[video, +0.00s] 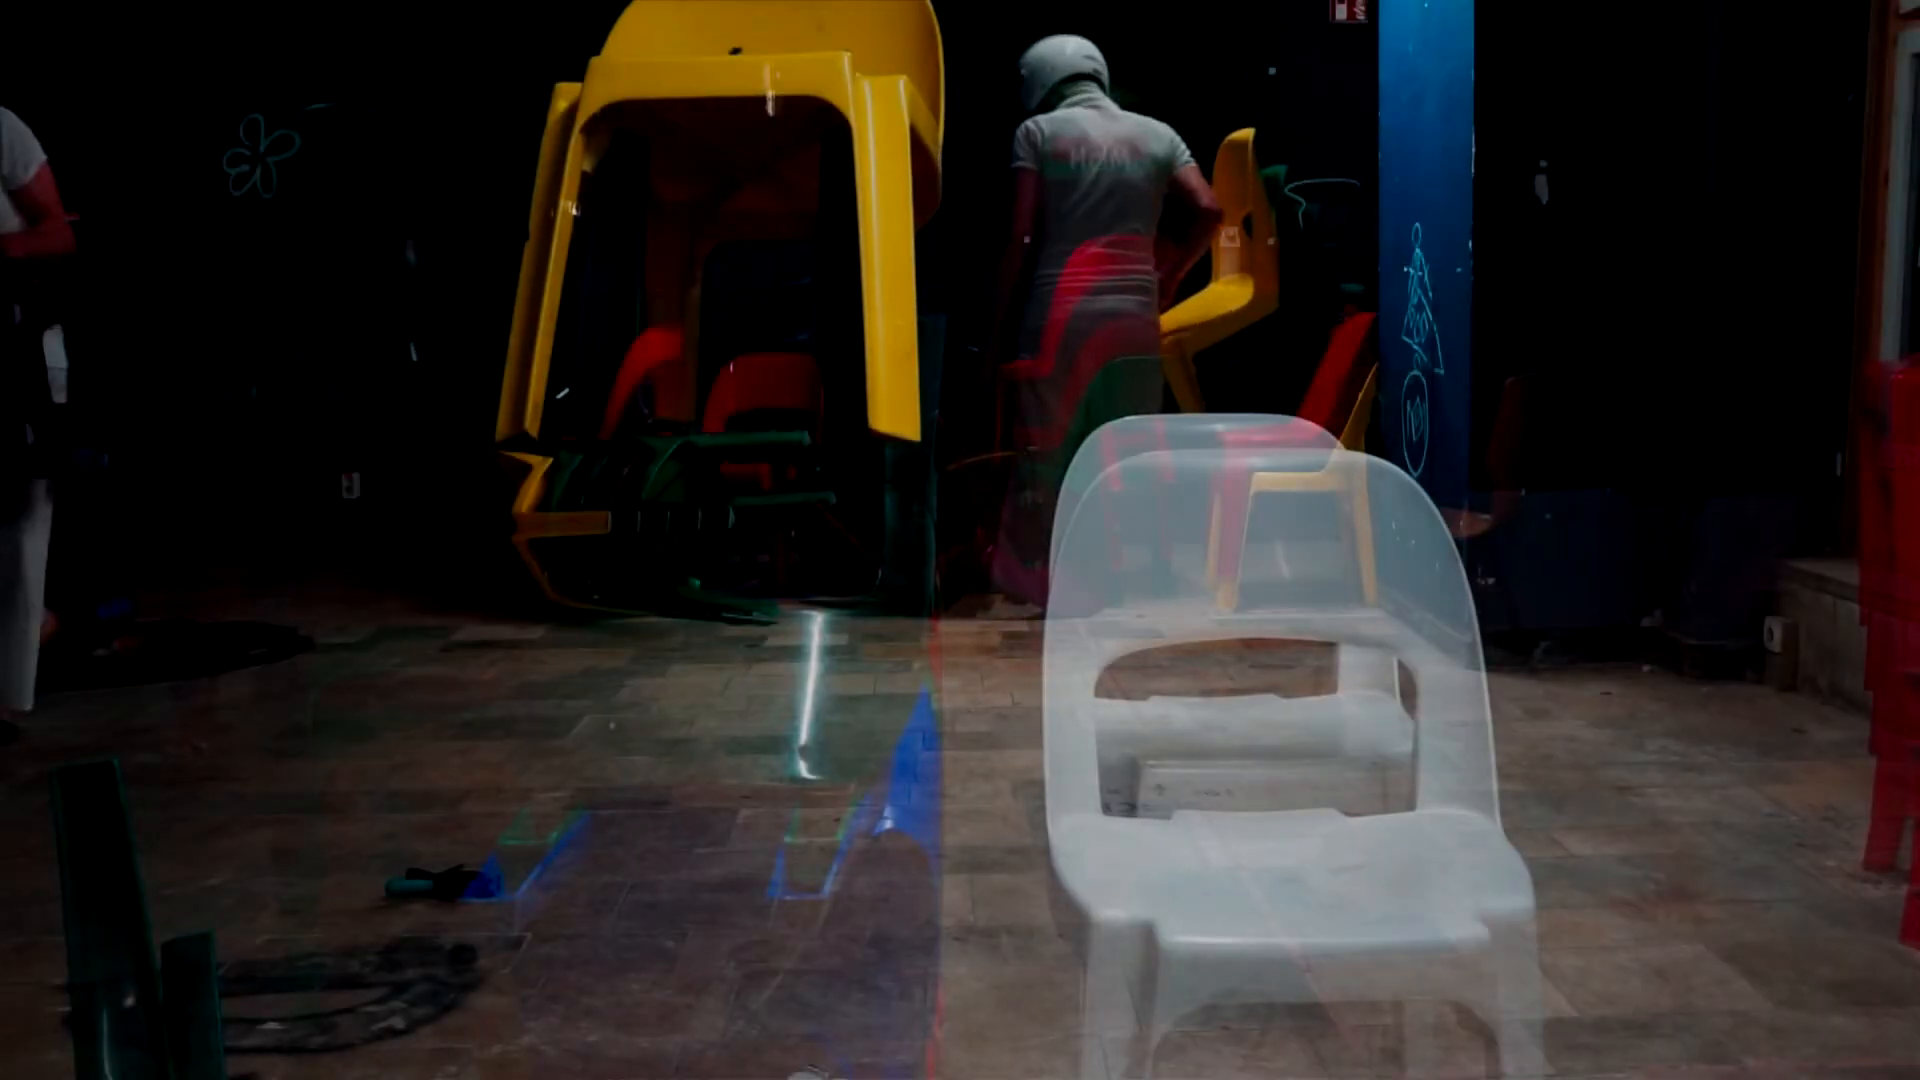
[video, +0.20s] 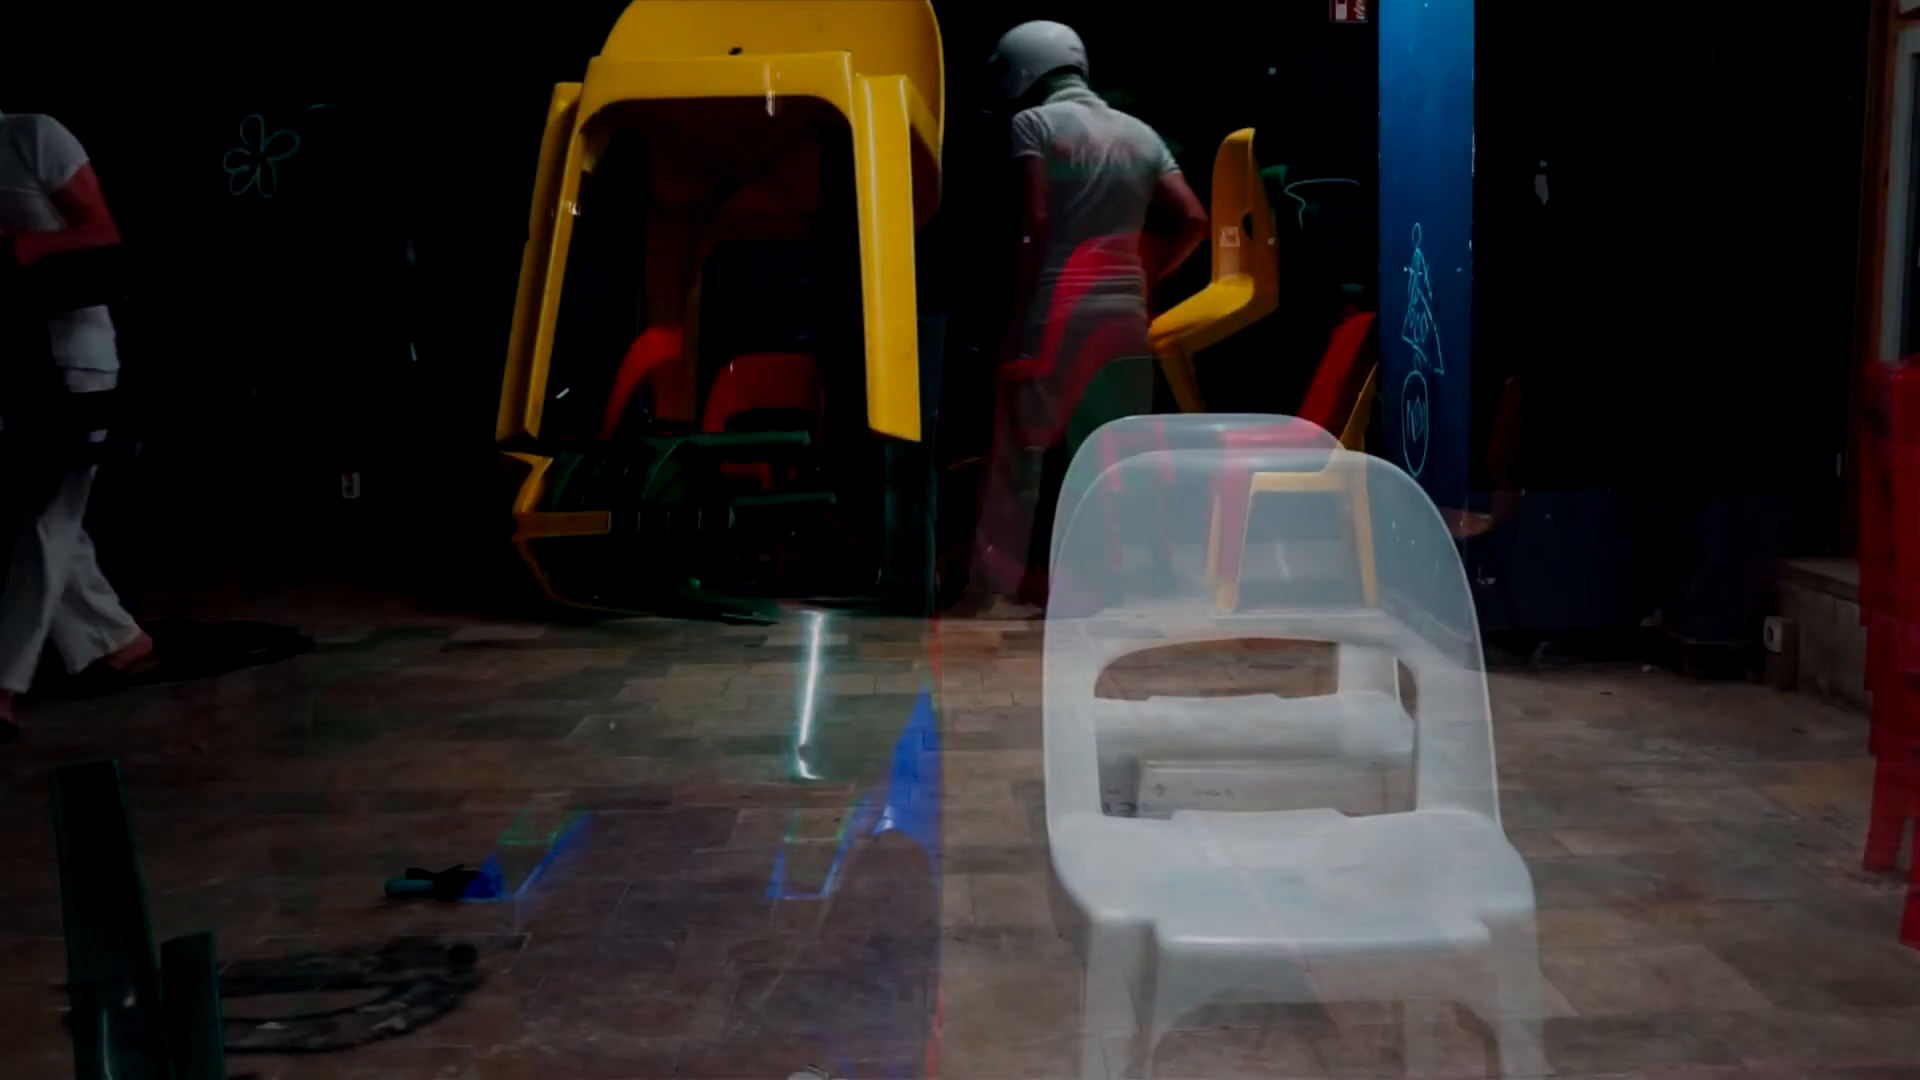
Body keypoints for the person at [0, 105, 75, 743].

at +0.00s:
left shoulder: (6, 132)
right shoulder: (9, 136)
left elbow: (55, 230)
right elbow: (53, 229)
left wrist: (6, 246)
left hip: (27, 396)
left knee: (21, 557)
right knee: (22, 558)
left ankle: (13, 710)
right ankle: (12, 708)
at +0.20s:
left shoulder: (34, 135)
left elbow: (102, 231)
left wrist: (34, 244)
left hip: (78, 365)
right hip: (30, 370)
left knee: (50, 518)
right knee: (43, 515)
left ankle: (6, 682)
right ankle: (115, 636)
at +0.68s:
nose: (36, 123)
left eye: (44, 104)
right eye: (28, 108)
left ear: (82, 91)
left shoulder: (137, 145)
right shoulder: (79, 168)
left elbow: (170, 251)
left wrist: (69, 258)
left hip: (194, 357)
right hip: (138, 357)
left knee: (192, 513)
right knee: (129, 510)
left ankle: (225, 657)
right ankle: (136, 654)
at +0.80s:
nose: (55, 133)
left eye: (59, 114)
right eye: (47, 118)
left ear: (96, 98)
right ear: (95, 101)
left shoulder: (147, 149)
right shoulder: (140, 151)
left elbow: (182, 255)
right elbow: (176, 253)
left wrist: (90, 268)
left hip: (216, 355)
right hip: (203, 353)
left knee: (197, 504)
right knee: (195, 502)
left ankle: (217, 652)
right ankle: (232, 629)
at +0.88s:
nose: (67, 138)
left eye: (68, 119)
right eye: (59, 123)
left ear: (104, 103)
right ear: (111, 102)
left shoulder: (155, 156)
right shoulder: (173, 150)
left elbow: (187, 263)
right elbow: (243, 242)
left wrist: (114, 269)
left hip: (225, 352)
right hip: (239, 346)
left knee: (202, 504)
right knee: (213, 493)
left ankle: (219, 651)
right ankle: (285, 587)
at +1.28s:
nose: (140, 186)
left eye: (137, 171)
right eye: (133, 175)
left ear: (157, 153)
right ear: (187, 140)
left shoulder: (205, 176)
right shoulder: (265, 179)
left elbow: (250, 277)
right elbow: (350, 258)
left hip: (329, 330)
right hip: (366, 323)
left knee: (290, 482)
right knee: (364, 476)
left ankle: (253, 637)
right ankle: (402, 617)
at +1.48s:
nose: (172, 222)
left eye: (167, 210)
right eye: (166, 214)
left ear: (179, 194)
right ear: (208, 176)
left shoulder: (222, 200)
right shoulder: (252, 196)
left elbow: (274, 288)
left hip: (367, 324)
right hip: (400, 317)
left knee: (359, 478)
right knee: (404, 474)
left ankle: (396, 631)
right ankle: (408, 626)